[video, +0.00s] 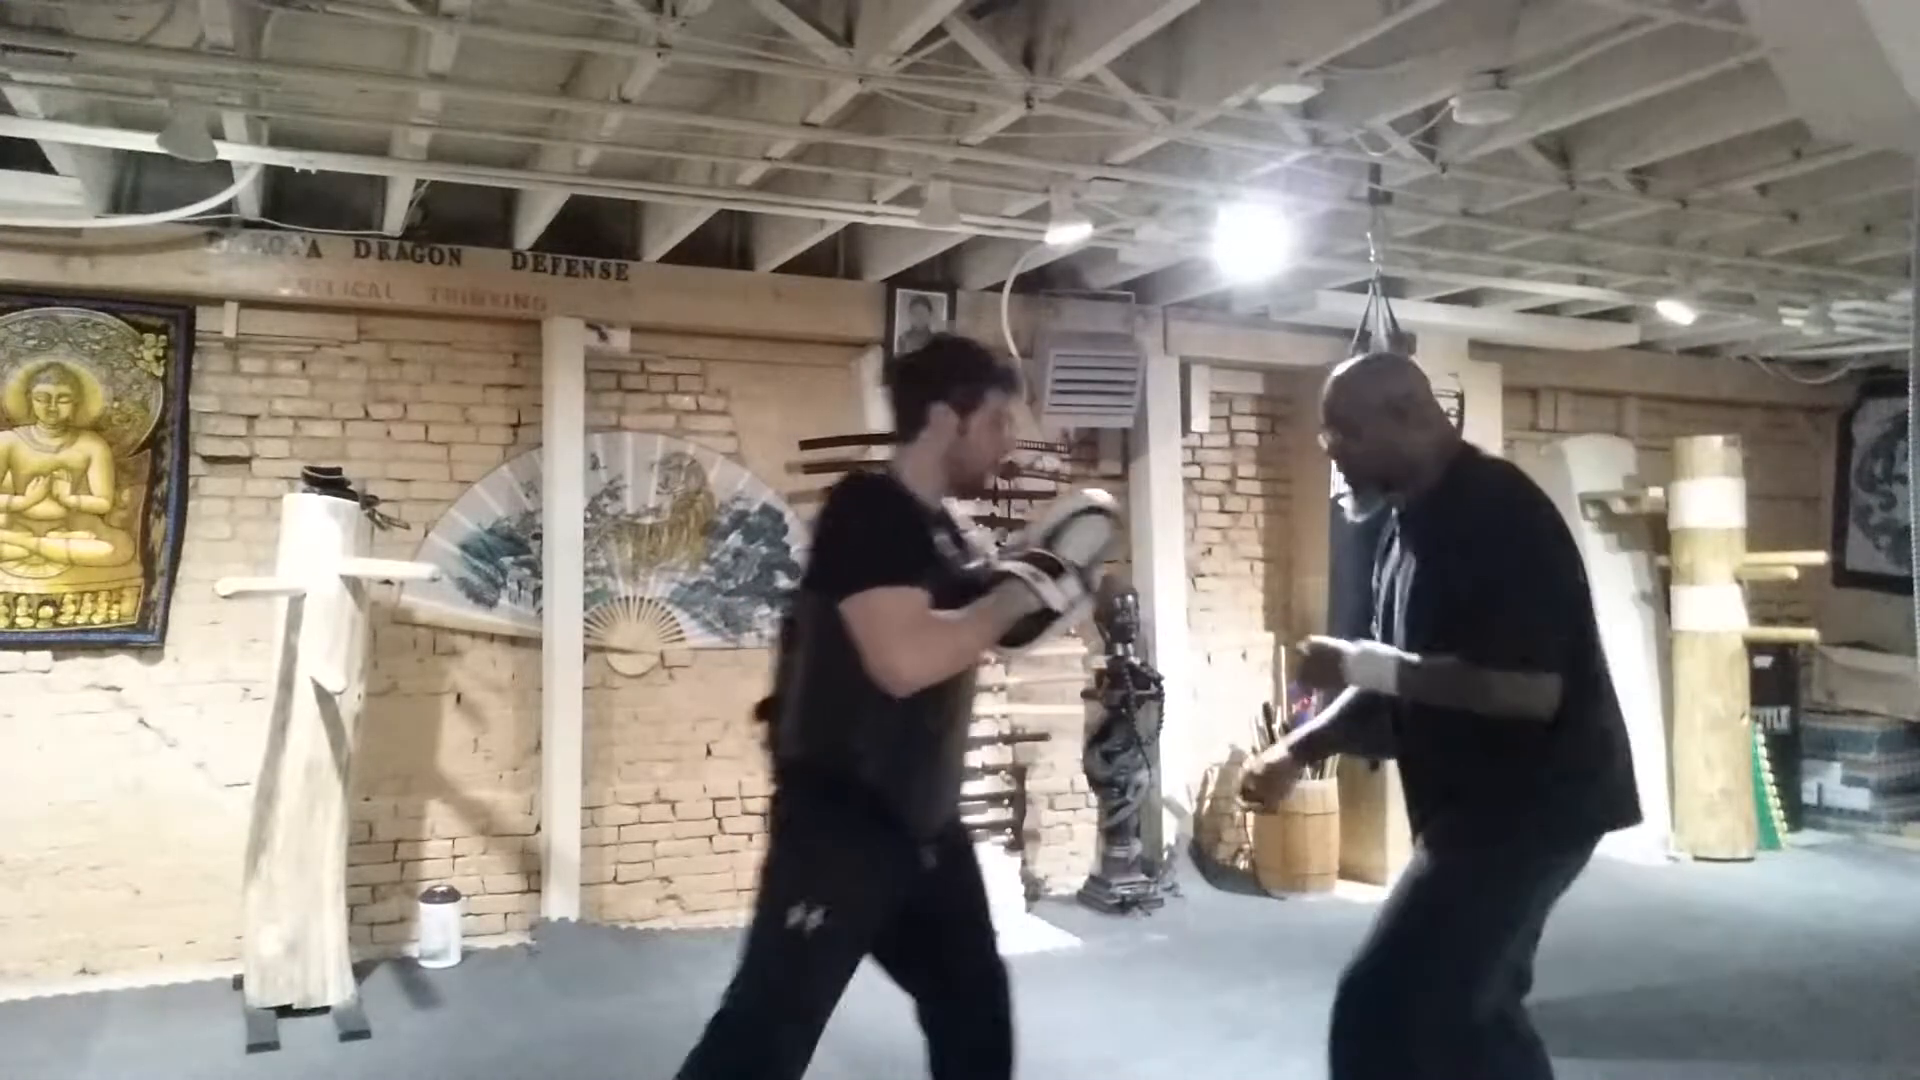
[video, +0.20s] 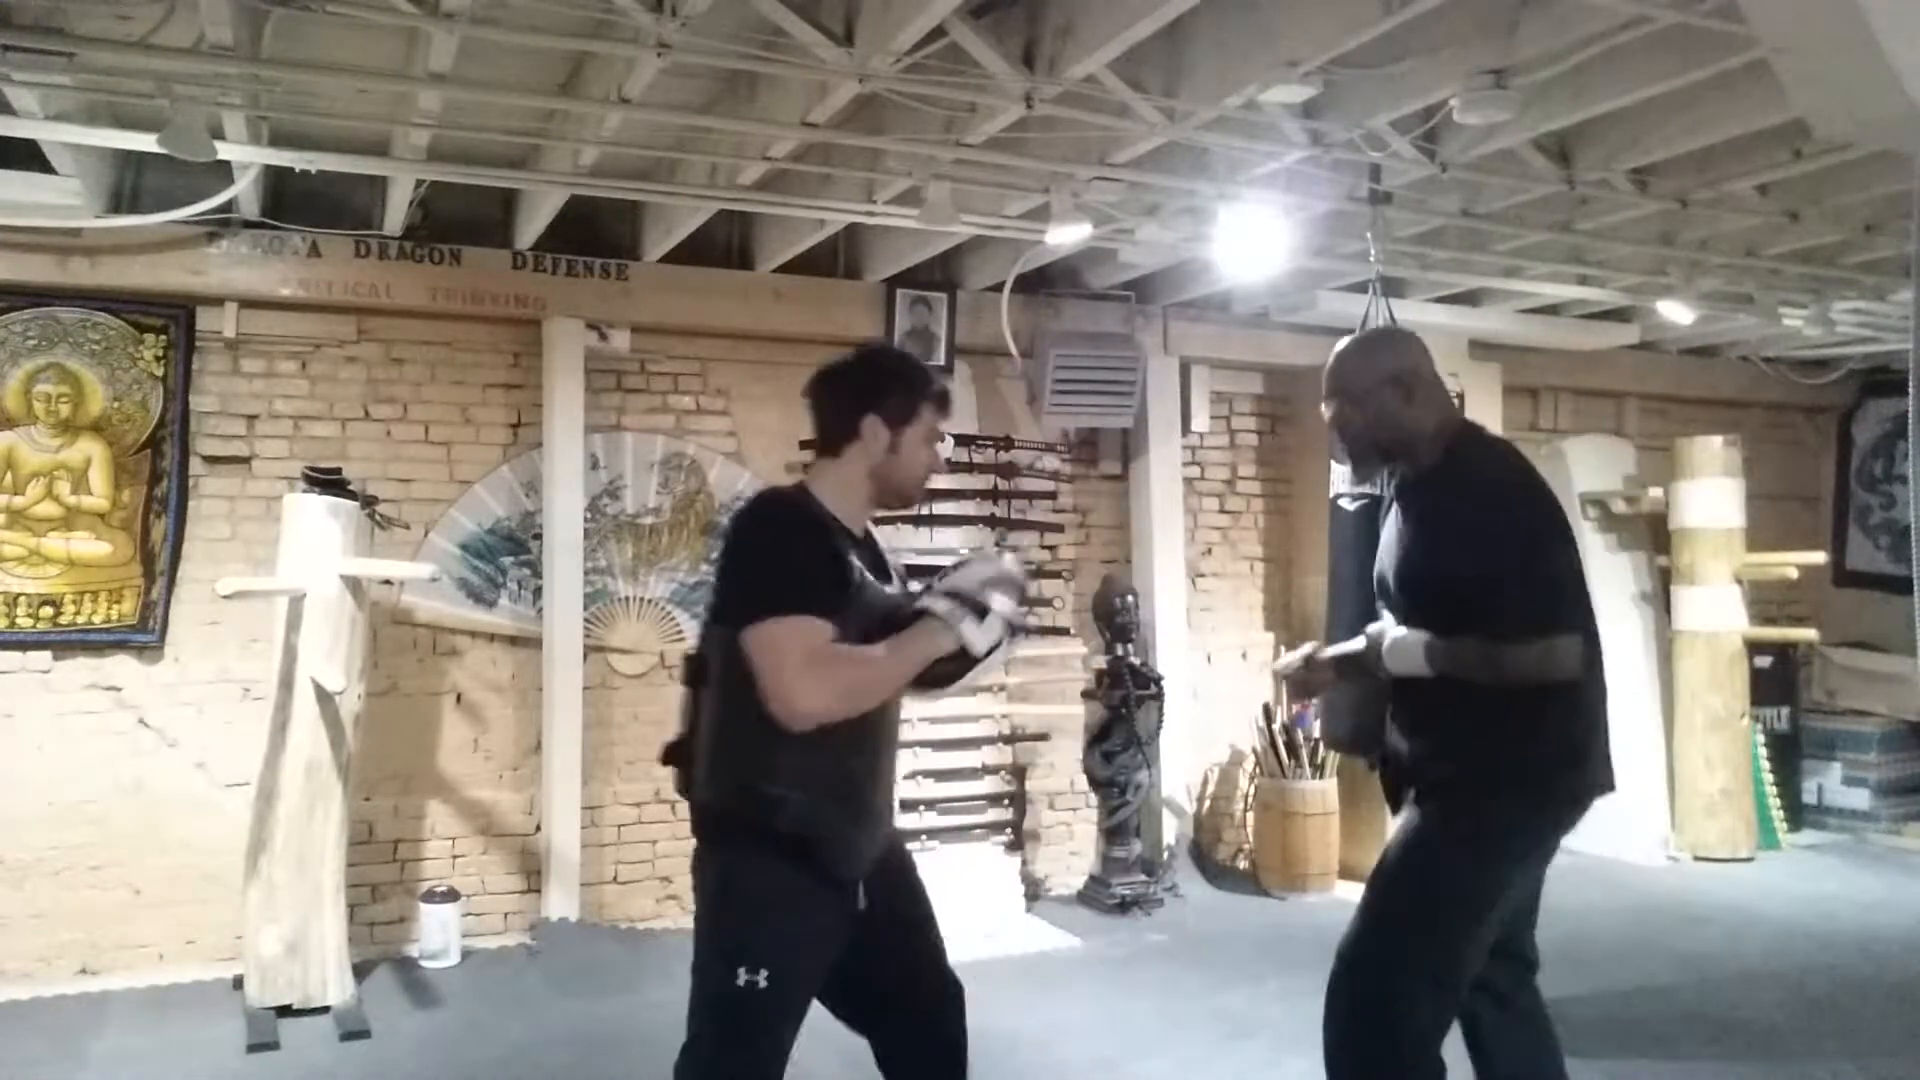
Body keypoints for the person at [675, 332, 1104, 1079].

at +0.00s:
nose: (1010, 445)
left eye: (1011, 426)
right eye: (1002, 423)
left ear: (945, 419)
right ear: (947, 416)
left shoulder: (945, 532)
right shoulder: (865, 508)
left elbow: (973, 627)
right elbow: (902, 660)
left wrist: (1044, 577)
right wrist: (1010, 596)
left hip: (920, 833)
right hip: (836, 831)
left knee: (975, 1028)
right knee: (763, 1038)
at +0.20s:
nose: (940, 459)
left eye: (941, 441)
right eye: (931, 438)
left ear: (877, 434)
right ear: (875, 431)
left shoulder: (860, 547)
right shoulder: (777, 525)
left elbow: (868, 672)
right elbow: (801, 690)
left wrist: (961, 623)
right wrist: (939, 626)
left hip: (856, 851)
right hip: (767, 856)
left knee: (926, 1024)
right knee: (730, 1062)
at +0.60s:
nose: (935, 432)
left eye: (934, 413)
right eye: (926, 410)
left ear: (874, 406)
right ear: (873, 403)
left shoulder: (862, 523)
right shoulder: (790, 498)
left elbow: (932, 649)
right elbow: (809, 657)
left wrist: (984, 604)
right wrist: (959, 613)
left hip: (867, 823)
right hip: (792, 827)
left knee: (907, 1042)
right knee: (781, 1053)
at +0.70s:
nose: (928, 426)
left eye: (930, 406)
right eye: (921, 402)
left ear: (861, 396)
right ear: (862, 392)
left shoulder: (858, 511)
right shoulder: (779, 487)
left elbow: (897, 613)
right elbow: (837, 639)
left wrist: (990, 585)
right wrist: (964, 564)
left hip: (866, 822)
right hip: (788, 824)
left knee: (890, 1052)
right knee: (777, 1050)